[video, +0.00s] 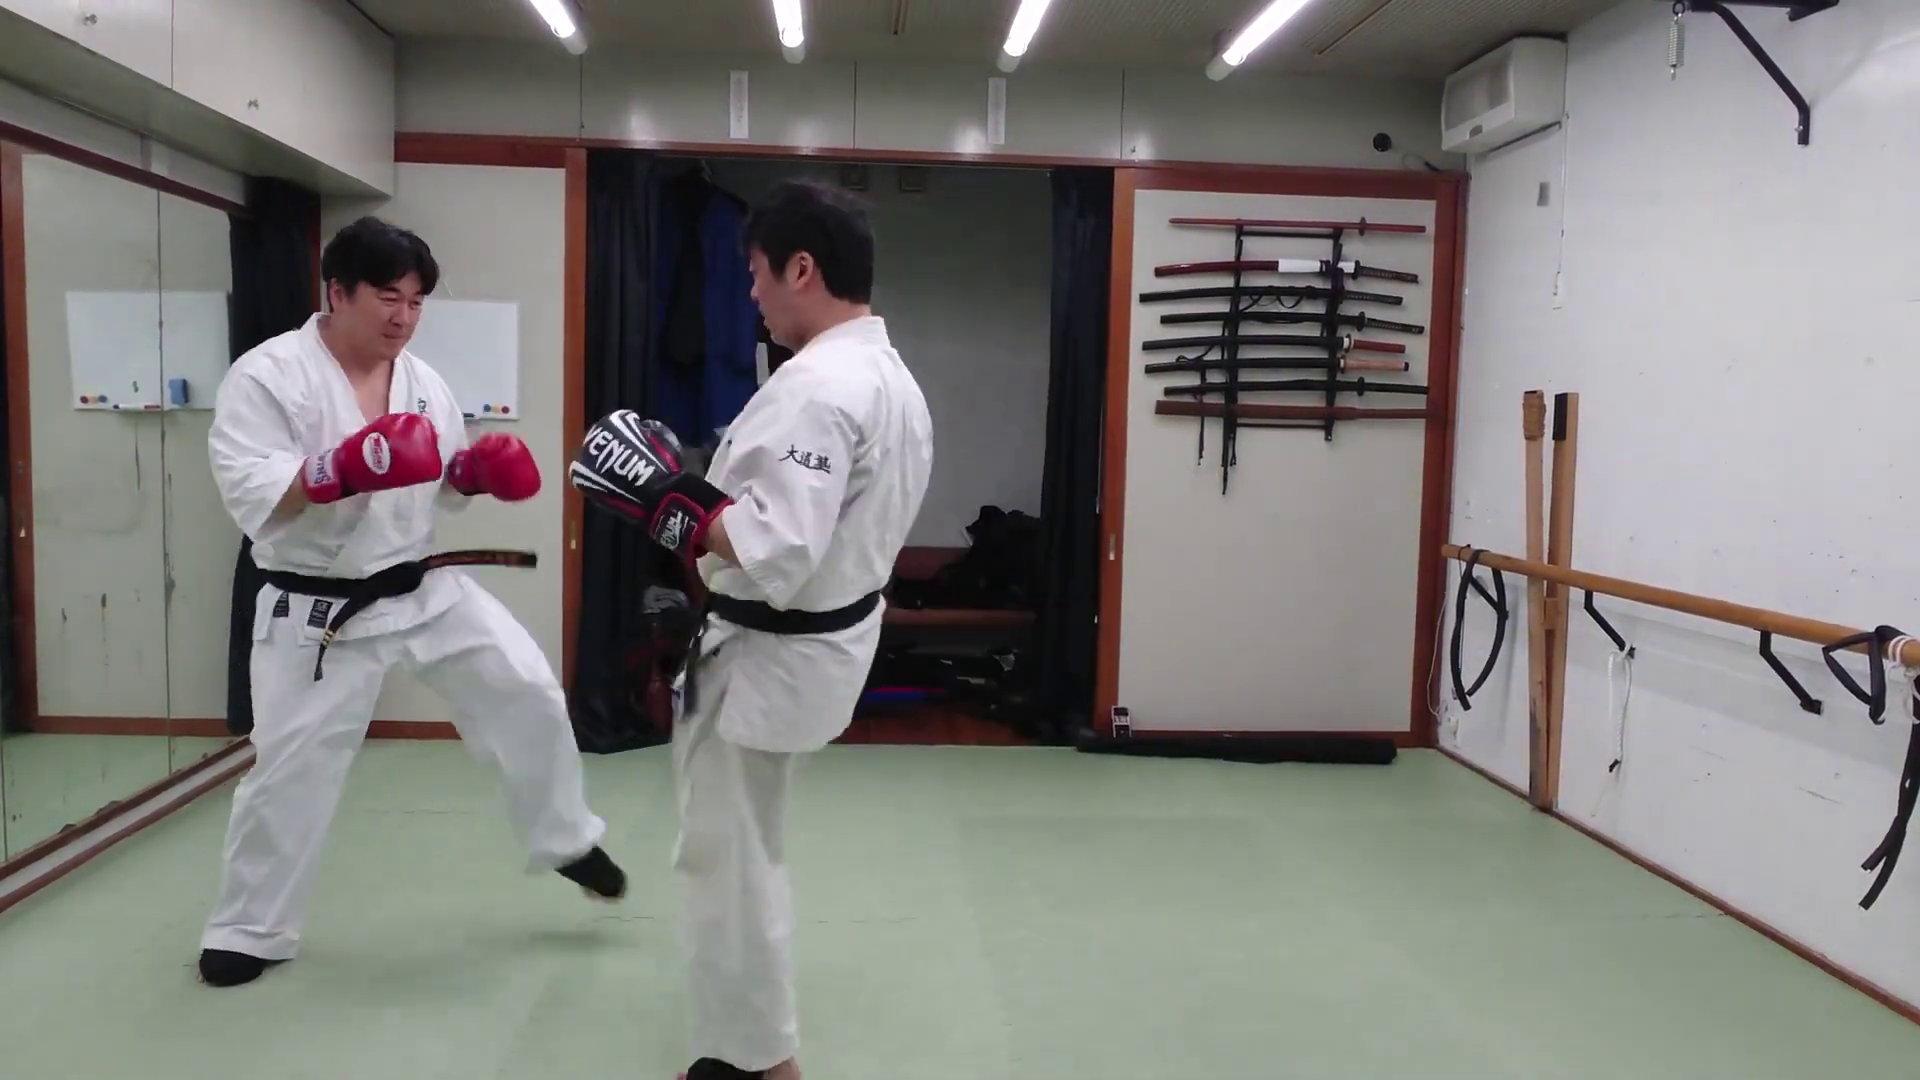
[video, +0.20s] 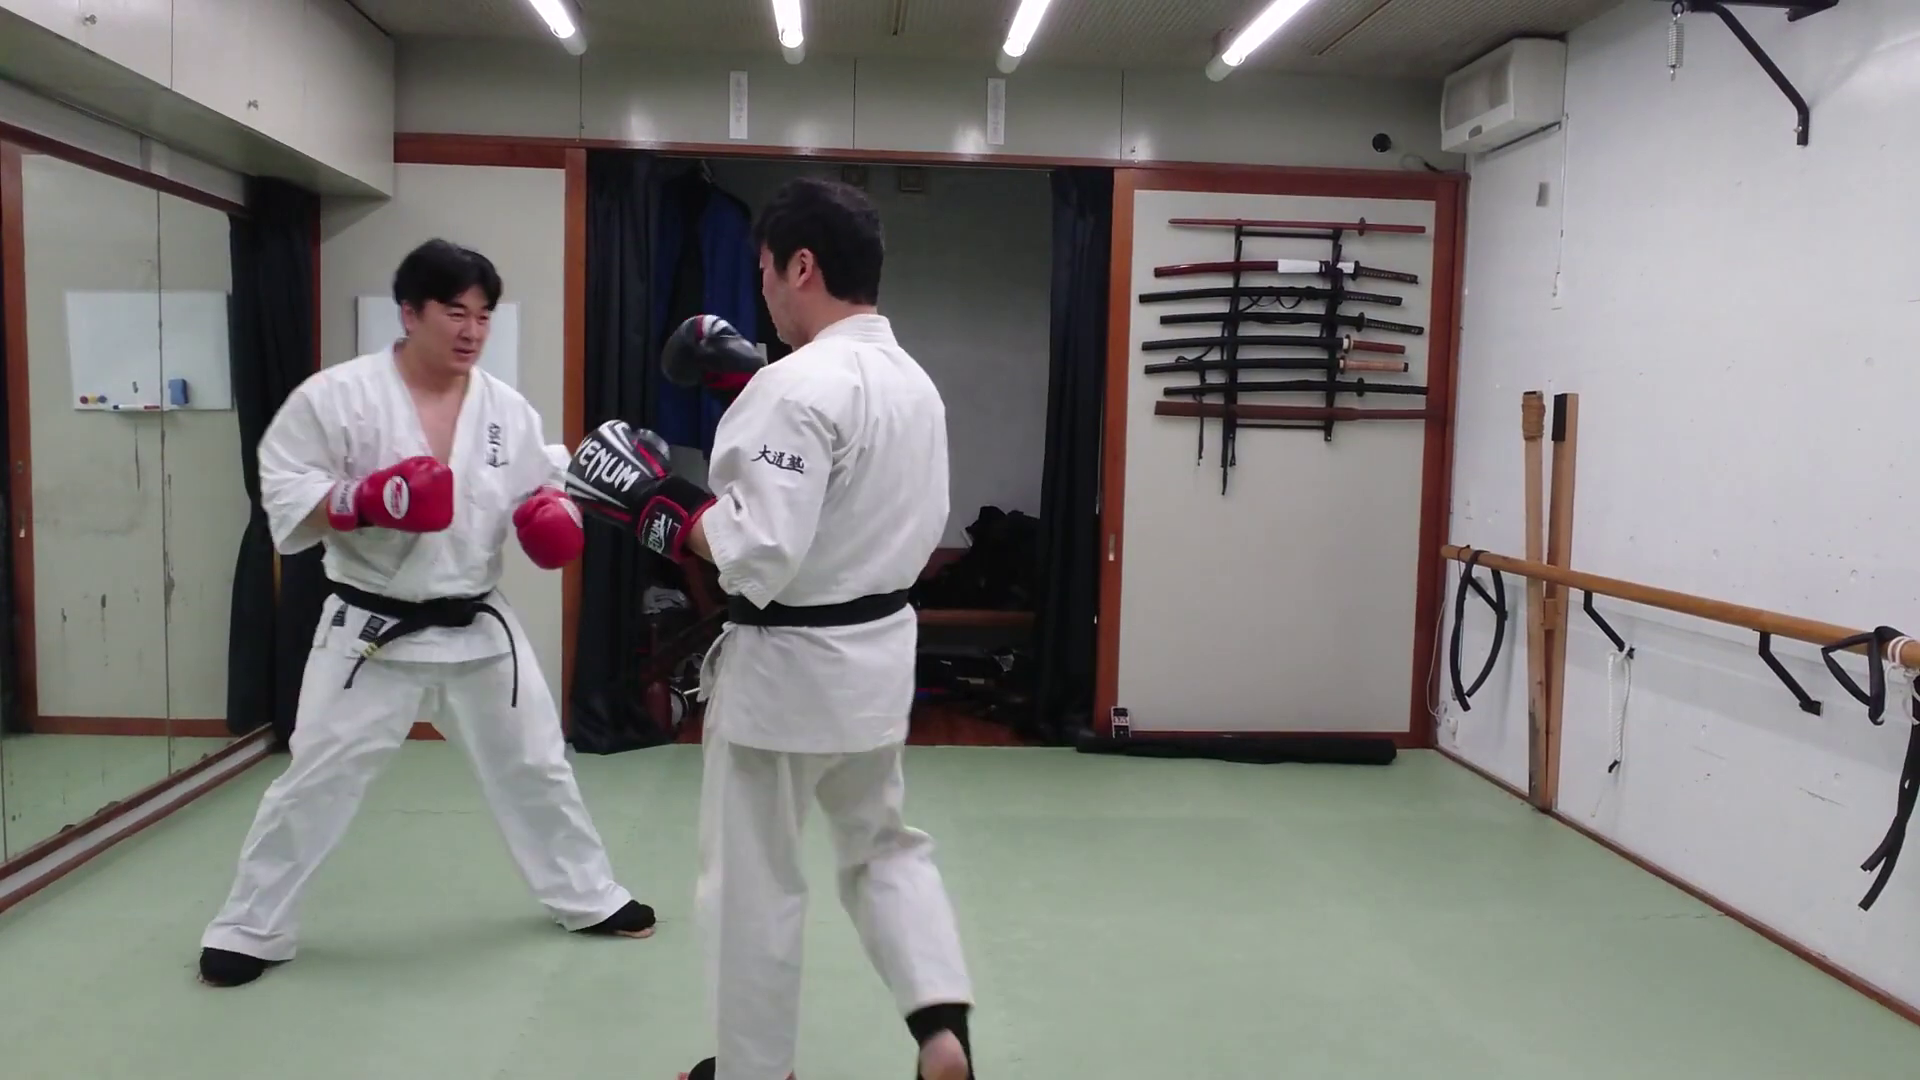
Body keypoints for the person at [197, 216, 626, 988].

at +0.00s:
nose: (405, 314)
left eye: (415, 300)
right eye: (388, 297)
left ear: (423, 302)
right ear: (335, 293)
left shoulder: (421, 382)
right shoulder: (265, 377)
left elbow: (442, 489)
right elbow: (255, 495)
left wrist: (475, 470)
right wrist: (347, 467)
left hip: (419, 588)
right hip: (310, 607)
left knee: (527, 689)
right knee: (289, 771)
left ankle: (566, 840)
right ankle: (245, 929)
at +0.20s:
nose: (472, 327)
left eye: (482, 314)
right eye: (455, 311)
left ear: (492, 320)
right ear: (410, 313)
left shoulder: (507, 410)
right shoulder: (334, 397)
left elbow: (547, 487)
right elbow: (283, 498)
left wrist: (554, 517)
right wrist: (365, 502)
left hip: (481, 627)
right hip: (369, 629)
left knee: (539, 766)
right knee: (316, 781)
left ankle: (588, 897)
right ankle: (249, 929)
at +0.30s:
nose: (521, 331)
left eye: (532, 318)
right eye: (505, 314)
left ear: (541, 325)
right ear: (462, 315)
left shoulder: (549, 413)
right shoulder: (389, 391)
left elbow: (598, 522)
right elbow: (333, 484)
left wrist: (603, 501)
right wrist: (409, 505)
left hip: (506, 625)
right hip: (399, 622)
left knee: (562, 755)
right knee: (345, 767)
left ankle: (589, 897)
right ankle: (264, 921)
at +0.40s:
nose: (548, 330)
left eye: (558, 317)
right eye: (533, 312)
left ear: (566, 323)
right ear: (489, 309)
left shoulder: (569, 406)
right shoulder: (416, 381)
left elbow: (626, 497)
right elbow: (370, 476)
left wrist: (635, 428)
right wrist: (446, 463)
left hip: (515, 614)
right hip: (410, 608)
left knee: (559, 752)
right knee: (368, 747)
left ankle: (587, 893)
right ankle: (311, 892)